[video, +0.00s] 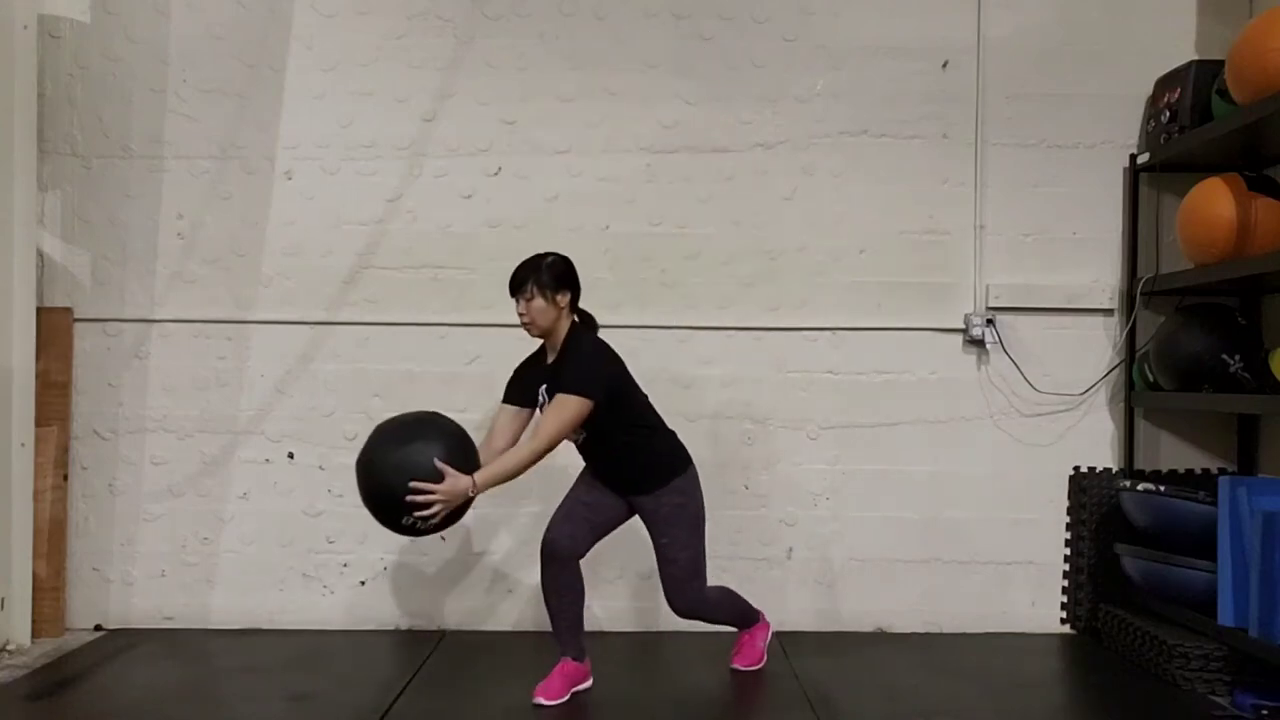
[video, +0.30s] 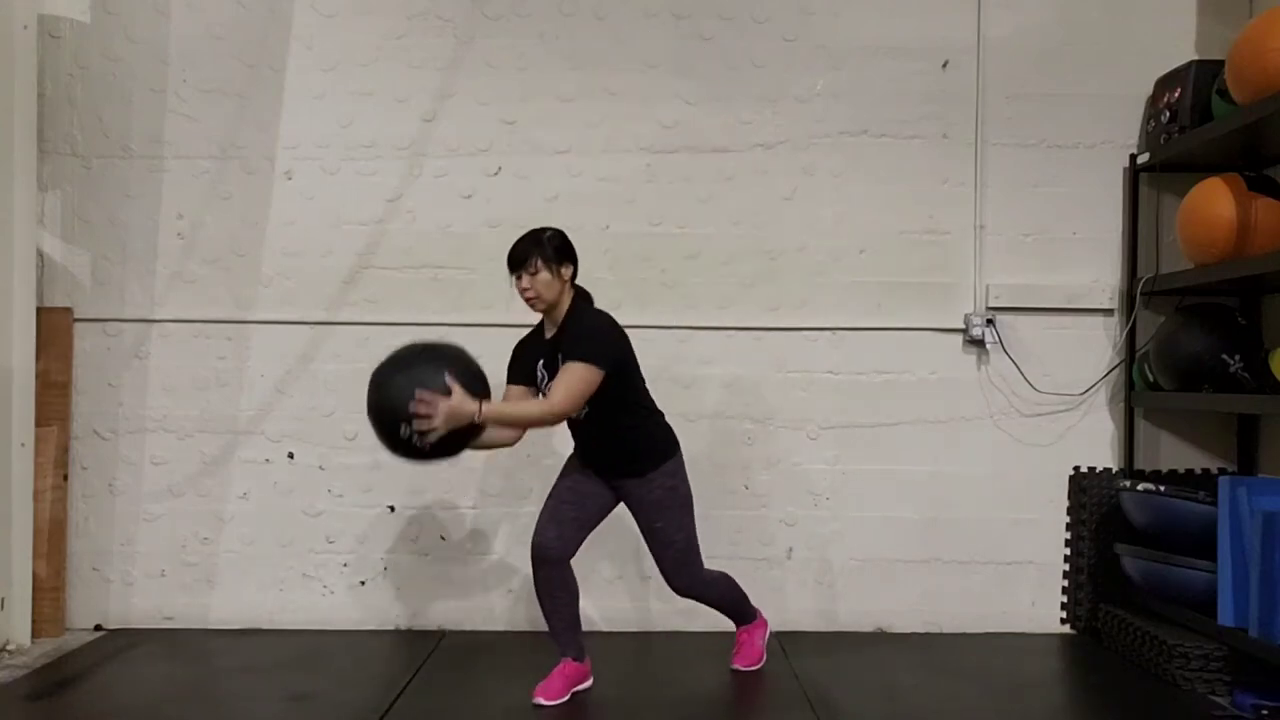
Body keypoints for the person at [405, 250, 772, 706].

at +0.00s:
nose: (521, 308)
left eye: (531, 298)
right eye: (518, 299)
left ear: (564, 300)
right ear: (520, 304)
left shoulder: (590, 360)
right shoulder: (532, 372)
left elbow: (540, 444)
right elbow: (496, 445)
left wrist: (473, 484)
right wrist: (454, 496)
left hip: (665, 479)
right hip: (608, 479)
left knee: (688, 599)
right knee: (558, 548)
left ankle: (755, 624)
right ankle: (574, 662)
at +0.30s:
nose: (523, 285)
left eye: (533, 272)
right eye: (518, 276)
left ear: (565, 272)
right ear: (516, 282)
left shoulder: (597, 332)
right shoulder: (529, 348)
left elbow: (557, 407)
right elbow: (509, 429)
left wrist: (476, 410)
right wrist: (452, 431)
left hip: (650, 464)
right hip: (593, 465)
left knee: (686, 579)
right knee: (548, 550)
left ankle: (751, 621)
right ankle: (574, 661)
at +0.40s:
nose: (535, 264)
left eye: (546, 252)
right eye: (527, 255)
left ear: (575, 253)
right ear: (523, 263)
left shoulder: (605, 310)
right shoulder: (531, 331)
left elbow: (563, 368)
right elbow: (504, 409)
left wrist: (484, 345)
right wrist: (437, 388)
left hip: (644, 454)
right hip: (585, 455)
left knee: (685, 563)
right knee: (548, 552)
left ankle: (743, 619)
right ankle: (574, 661)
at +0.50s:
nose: (548, 245)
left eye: (559, 232)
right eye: (538, 237)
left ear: (584, 235)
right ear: (532, 245)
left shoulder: (615, 286)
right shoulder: (534, 309)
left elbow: (583, 318)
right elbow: (501, 381)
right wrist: (440, 339)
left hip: (641, 445)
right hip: (577, 449)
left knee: (689, 554)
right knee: (548, 552)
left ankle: (722, 621)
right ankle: (574, 661)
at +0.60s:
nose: (561, 227)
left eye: (570, 216)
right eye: (552, 219)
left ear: (595, 221)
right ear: (542, 230)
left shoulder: (628, 271)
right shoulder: (539, 295)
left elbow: (609, 263)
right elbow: (500, 343)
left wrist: (541, 206)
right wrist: (451, 282)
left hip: (638, 442)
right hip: (570, 446)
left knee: (694, 546)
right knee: (549, 555)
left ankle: (691, 630)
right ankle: (573, 662)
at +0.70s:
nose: (587, 223)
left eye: (595, 212)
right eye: (574, 213)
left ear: (607, 214)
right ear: (556, 219)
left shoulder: (634, 265)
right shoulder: (548, 280)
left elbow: (650, 225)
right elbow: (508, 302)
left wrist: (585, 169)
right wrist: (476, 227)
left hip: (637, 438)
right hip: (569, 442)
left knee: (688, 538)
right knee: (559, 557)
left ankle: (675, 645)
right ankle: (570, 659)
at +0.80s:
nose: (609, 216)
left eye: (615, 207)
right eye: (595, 208)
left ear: (624, 210)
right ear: (569, 212)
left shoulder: (636, 257)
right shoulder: (559, 273)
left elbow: (672, 200)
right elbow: (536, 265)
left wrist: (618, 144)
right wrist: (517, 183)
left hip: (635, 434)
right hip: (576, 437)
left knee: (680, 536)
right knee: (578, 554)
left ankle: (672, 650)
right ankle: (559, 657)